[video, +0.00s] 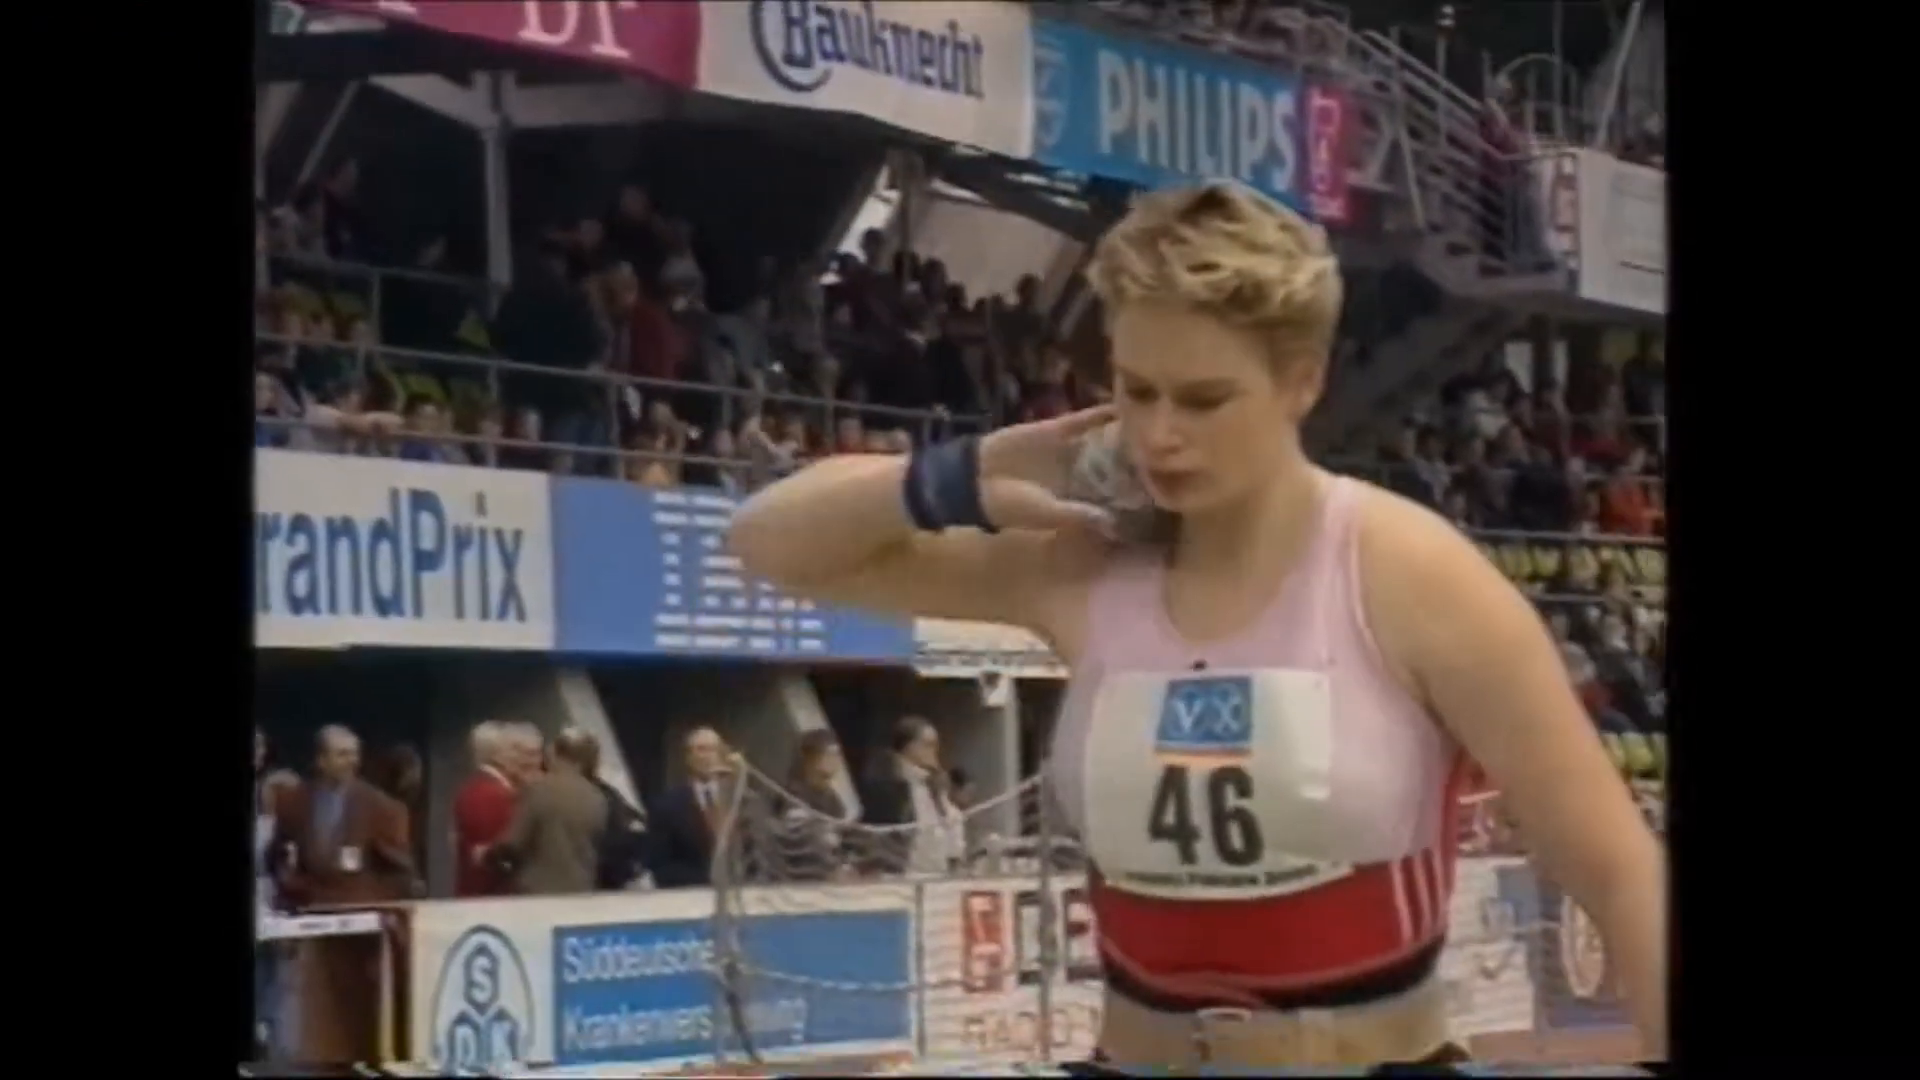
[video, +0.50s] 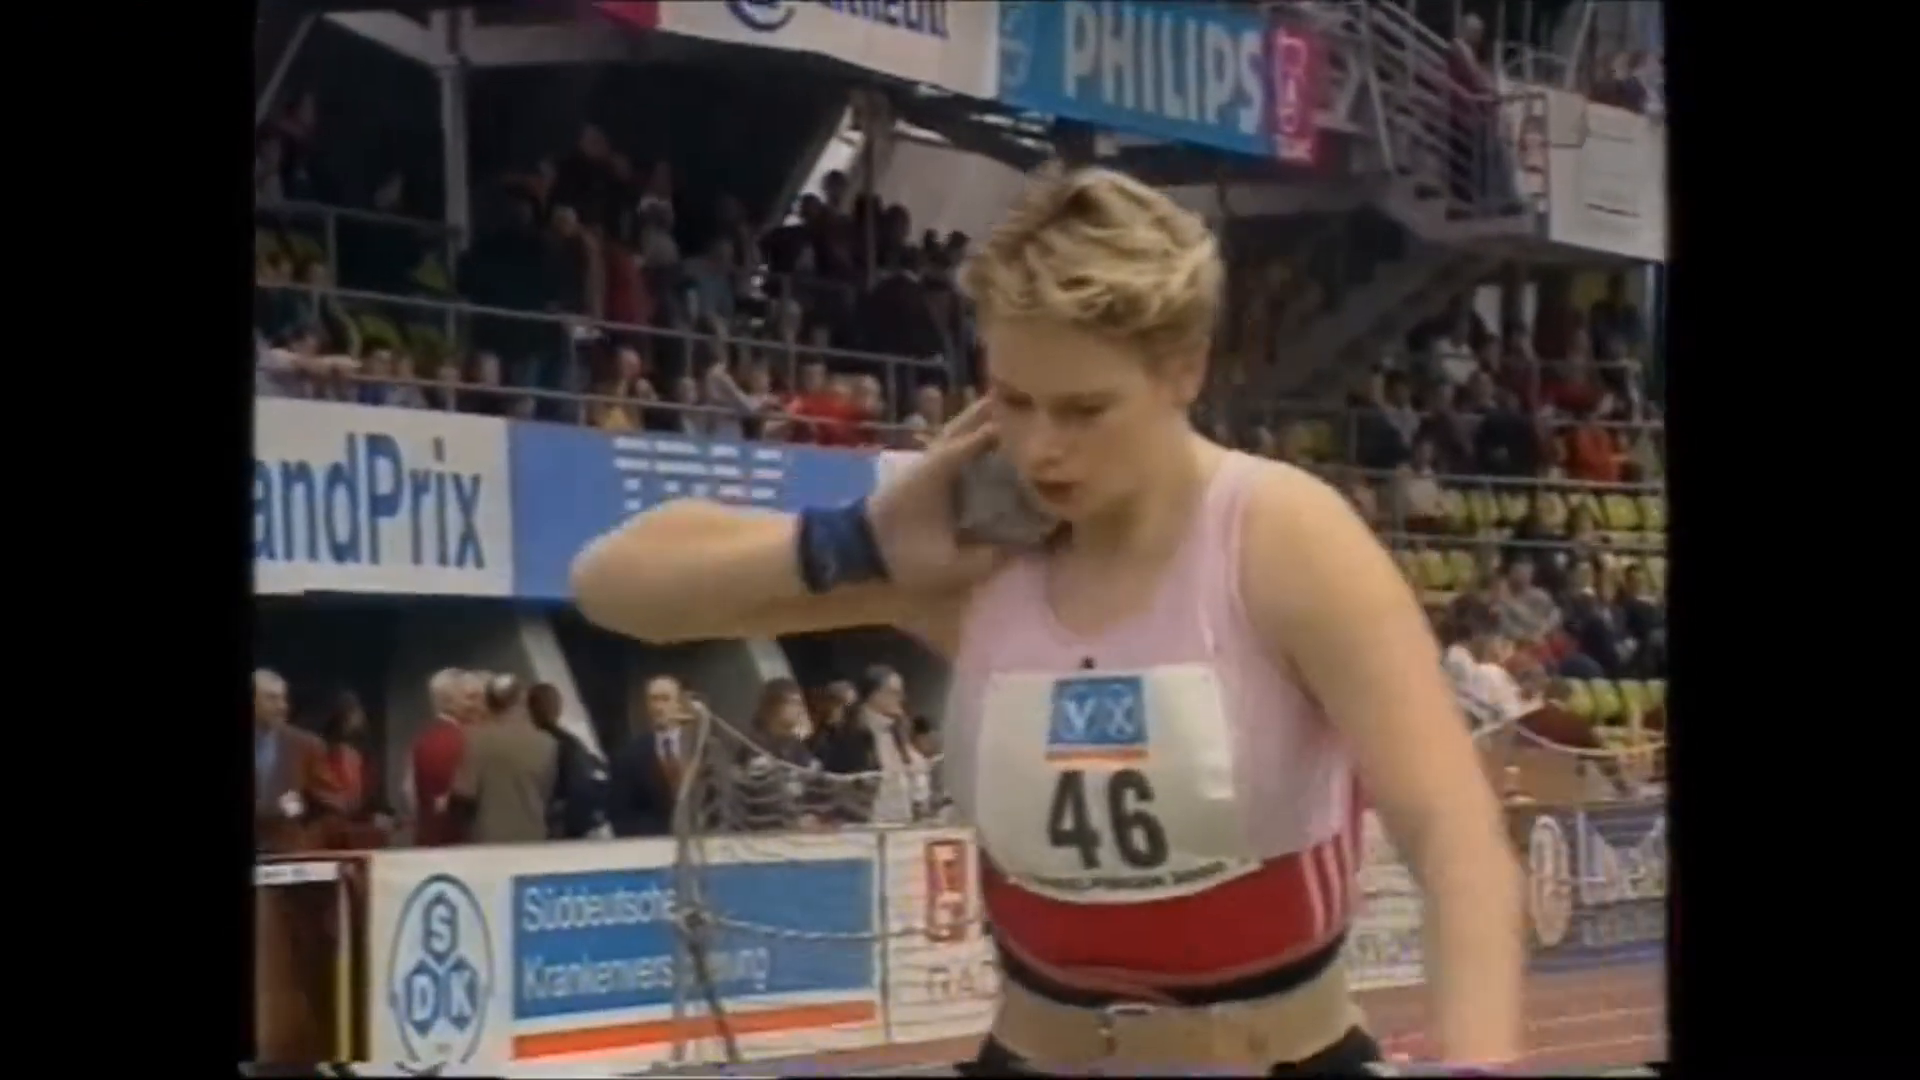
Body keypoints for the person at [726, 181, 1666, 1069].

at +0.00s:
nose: (1159, 438)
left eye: (1204, 399)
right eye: (1136, 393)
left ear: (1301, 381)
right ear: (1108, 379)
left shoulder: (1408, 570)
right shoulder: (1074, 572)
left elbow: (1621, 875)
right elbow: (770, 543)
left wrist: (1657, 1053)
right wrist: (982, 473)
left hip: (1371, 1055)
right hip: (1144, 1056)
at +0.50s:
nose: (1034, 448)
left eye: (1077, 409)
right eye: (1008, 400)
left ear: (1182, 371)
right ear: (986, 368)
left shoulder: (1287, 537)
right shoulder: (962, 545)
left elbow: (1463, 847)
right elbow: (606, 583)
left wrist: (1474, 1064)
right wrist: (861, 546)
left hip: (1276, 1059)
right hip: (1034, 1057)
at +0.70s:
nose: (904, 472)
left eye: (948, 424)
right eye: (867, 423)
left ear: (1047, 375)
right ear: (832, 397)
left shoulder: (1162, 521)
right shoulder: (817, 555)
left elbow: (1330, 875)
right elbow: (437, 669)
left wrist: (1286, 1069)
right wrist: (719, 580)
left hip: (1192, 1048)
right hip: (943, 1053)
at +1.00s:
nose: (717, 554)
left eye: (765, 508)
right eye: (677, 502)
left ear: (874, 426)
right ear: (641, 448)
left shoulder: (1024, 544)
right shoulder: (633, 548)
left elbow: (1241, 947)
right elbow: (273, 747)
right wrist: (556, 687)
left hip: (1104, 1042)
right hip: (855, 1049)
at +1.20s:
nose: (659, 707)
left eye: (705, 664)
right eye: (617, 665)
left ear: (818, 560)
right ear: (574, 594)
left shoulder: (996, 635)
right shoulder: (543, 647)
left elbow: (1251, 1041)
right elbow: (256, 867)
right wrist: (505, 814)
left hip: (1089, 1038)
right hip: (840, 1048)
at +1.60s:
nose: (696, 686)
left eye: (737, 631)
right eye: (645, 639)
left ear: (849, 514)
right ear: (592, 557)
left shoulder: (1071, 577)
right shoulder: (575, 563)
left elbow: (1254, 1049)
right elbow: (261, 834)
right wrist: (524, 790)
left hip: (1172, 1032)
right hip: (912, 1042)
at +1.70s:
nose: (712, 510)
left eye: (762, 456)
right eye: (664, 457)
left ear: (884, 348)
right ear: (608, 382)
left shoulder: (1099, 441)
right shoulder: (585, 458)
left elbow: (1265, 976)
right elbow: (255, 706)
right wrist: (530, 664)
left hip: (1189, 1021)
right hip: (906, 1037)